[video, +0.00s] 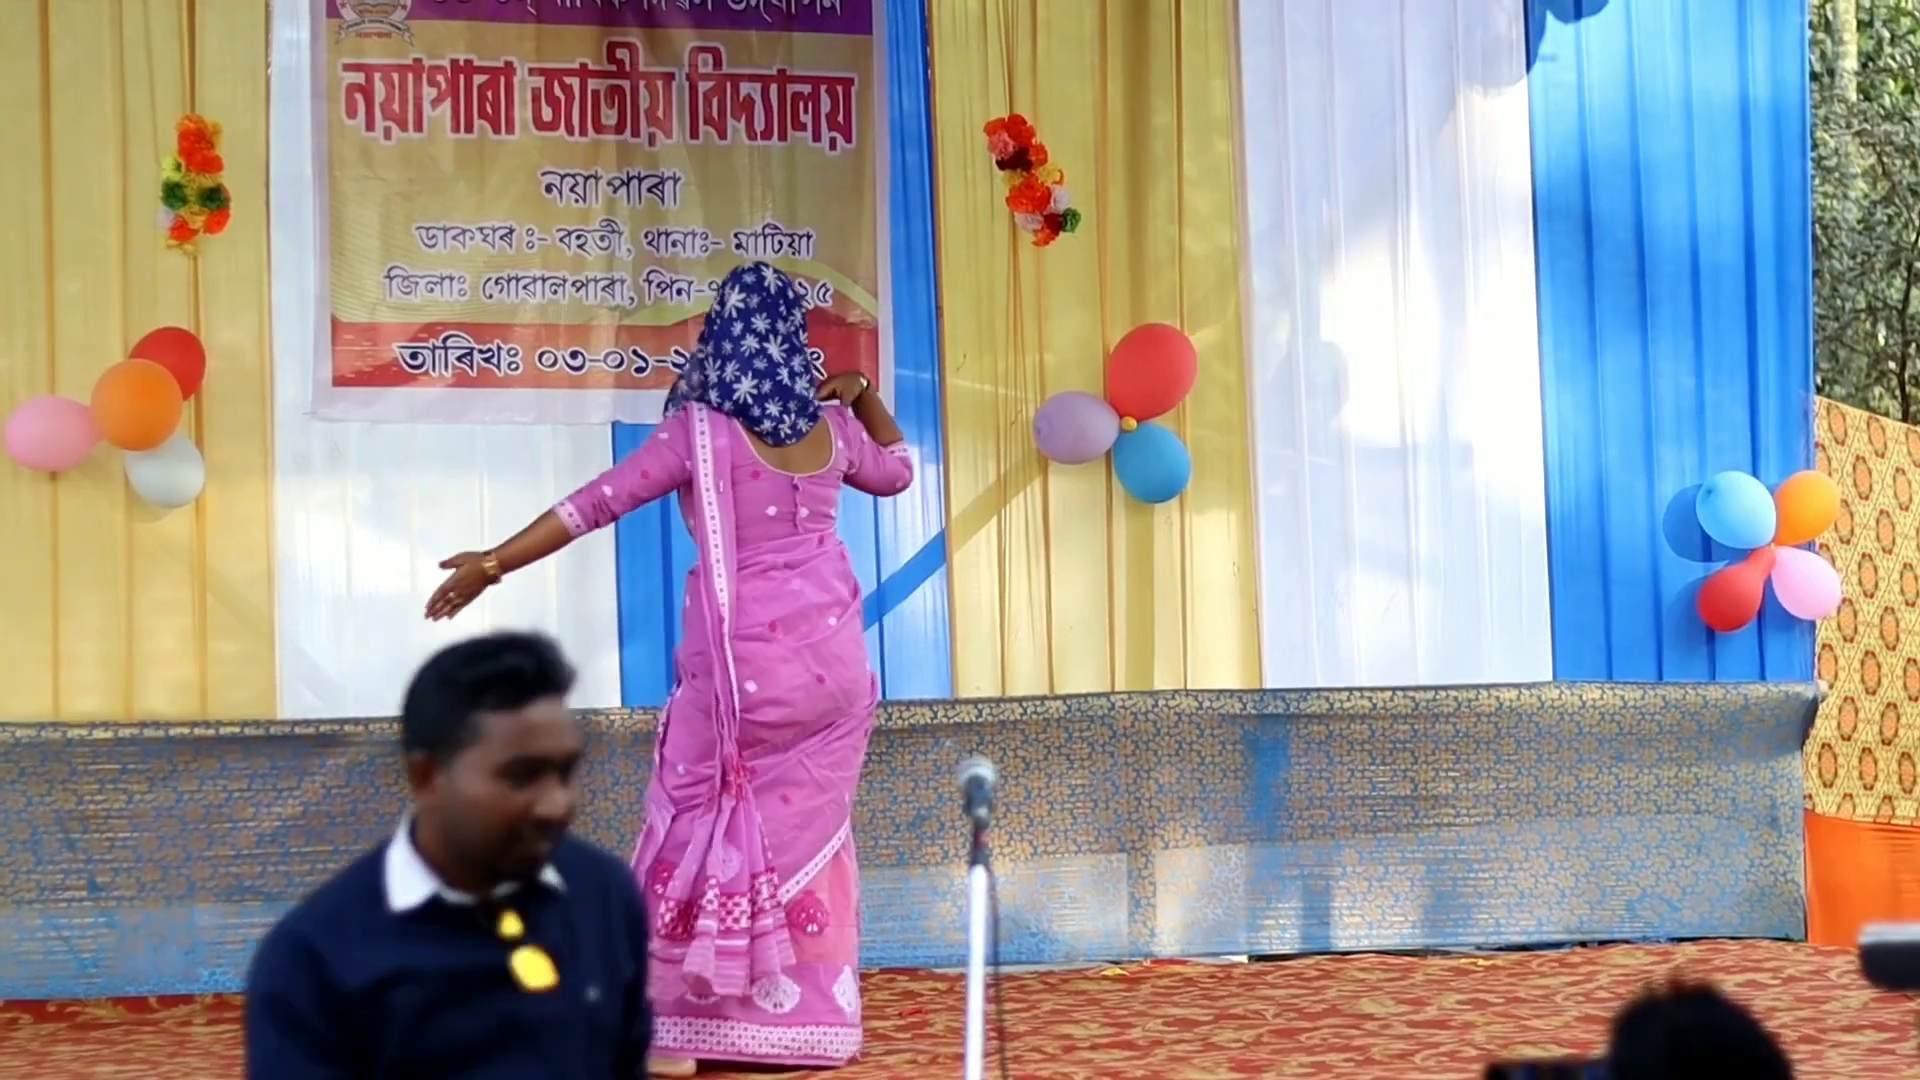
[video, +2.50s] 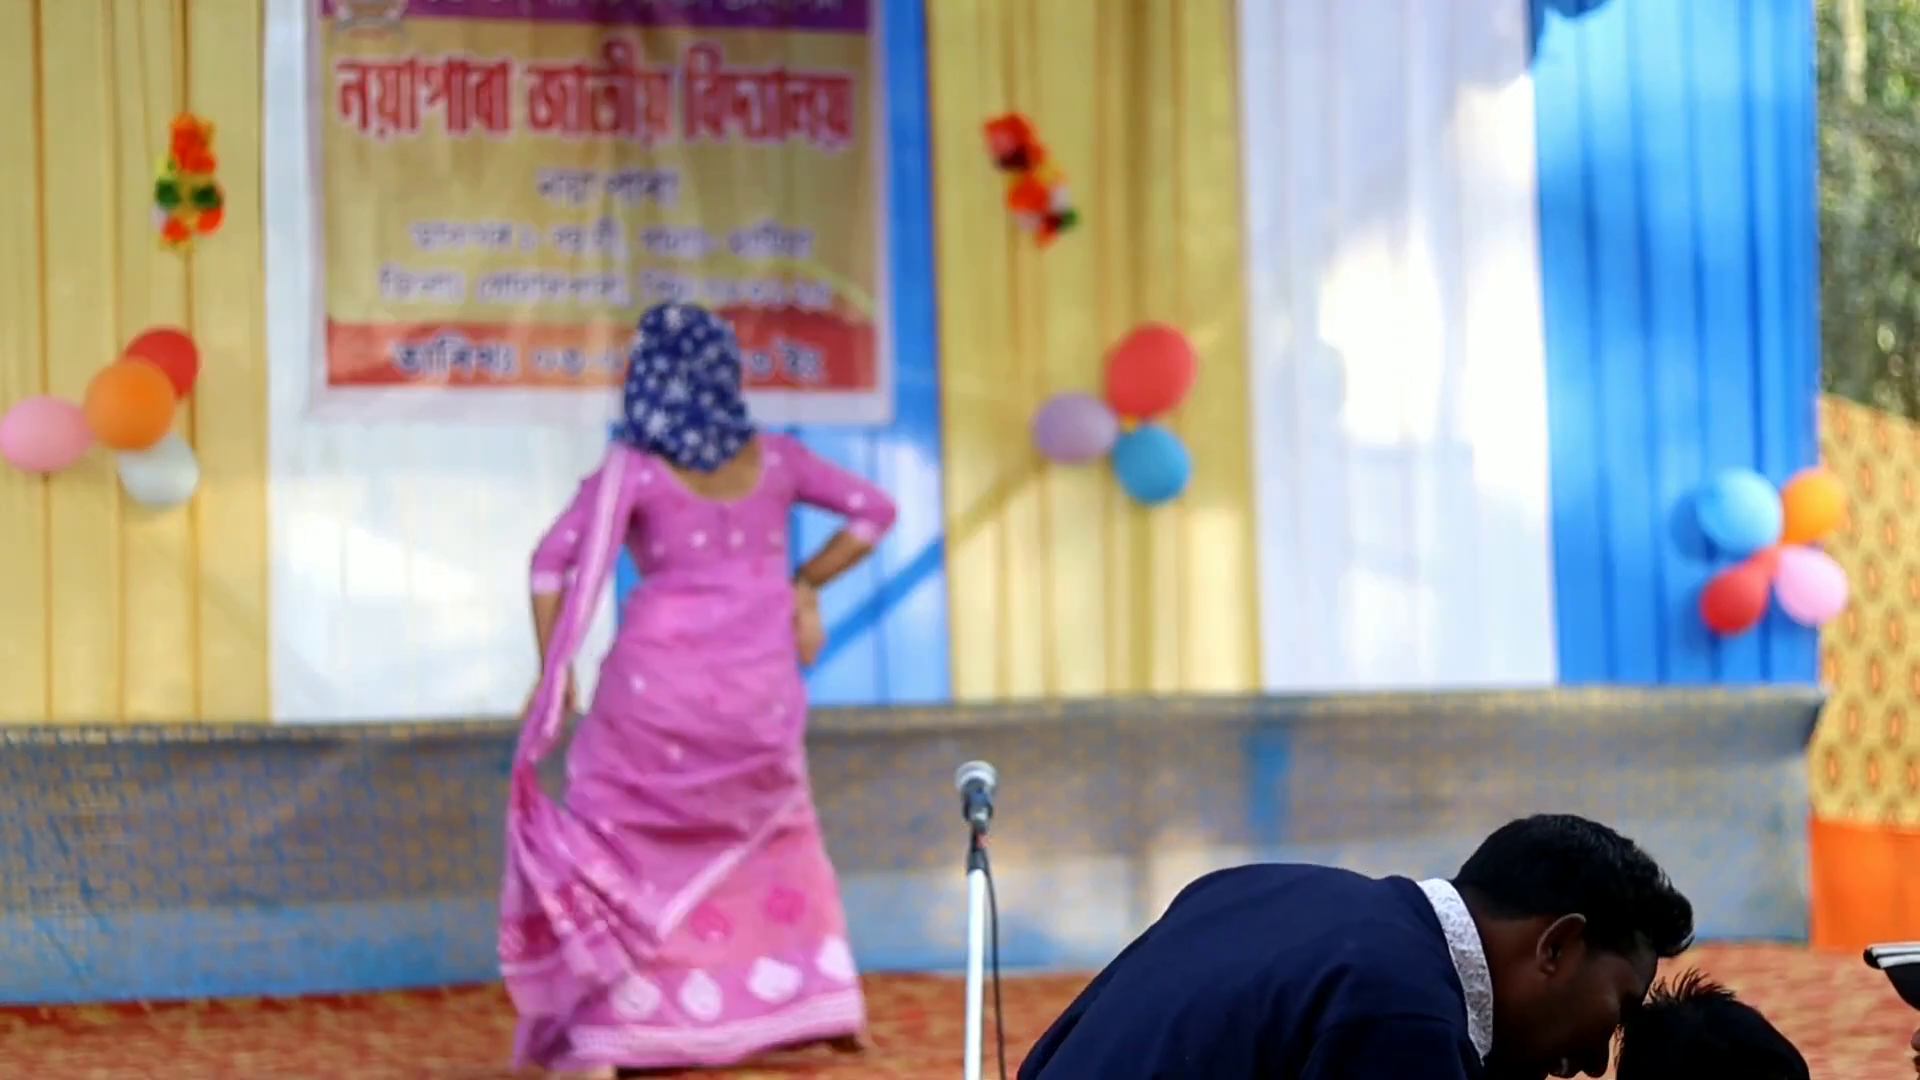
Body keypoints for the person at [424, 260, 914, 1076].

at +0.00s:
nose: (698, 340)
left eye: (708, 329)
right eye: (709, 327)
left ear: (720, 342)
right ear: (795, 343)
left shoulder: (699, 431)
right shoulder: (829, 430)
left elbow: (597, 502)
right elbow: (897, 474)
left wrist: (496, 562)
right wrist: (868, 400)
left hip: (740, 659)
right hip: (836, 658)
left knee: (693, 819)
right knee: (815, 827)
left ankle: (683, 1030)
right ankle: (808, 1022)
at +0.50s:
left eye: (716, 352)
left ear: (722, 361)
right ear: (812, 366)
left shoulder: (679, 443)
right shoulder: (832, 458)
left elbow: (590, 514)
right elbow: (934, 519)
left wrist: (572, 467)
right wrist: (1000, 484)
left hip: (694, 671)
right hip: (802, 669)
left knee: (641, 814)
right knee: (819, 838)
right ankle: (816, 1028)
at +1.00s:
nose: (627, 367)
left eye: (634, 359)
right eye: (636, 356)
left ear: (642, 375)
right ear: (720, 373)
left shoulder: (616, 460)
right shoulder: (761, 467)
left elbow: (525, 530)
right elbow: (827, 564)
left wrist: (535, 446)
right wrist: (911, 568)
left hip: (672, 690)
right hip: (770, 682)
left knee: (610, 832)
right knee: (766, 841)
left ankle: (585, 1022)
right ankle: (771, 1019)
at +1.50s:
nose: (569, 342)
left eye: (576, 329)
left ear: (583, 338)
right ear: (662, 338)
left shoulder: (562, 421)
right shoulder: (701, 427)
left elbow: (482, 500)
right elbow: (785, 519)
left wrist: (440, 490)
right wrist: (762, 581)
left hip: (568, 655)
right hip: (669, 655)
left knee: (548, 821)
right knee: (696, 824)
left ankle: (554, 1023)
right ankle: (775, 1008)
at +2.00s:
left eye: (595, 345)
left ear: (598, 351)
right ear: (680, 351)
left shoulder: (579, 438)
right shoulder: (717, 435)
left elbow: (520, 520)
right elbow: (814, 513)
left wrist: (587, 592)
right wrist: (799, 615)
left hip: (639, 672)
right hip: (737, 667)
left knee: (589, 832)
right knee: (759, 825)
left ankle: (564, 1033)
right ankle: (826, 1008)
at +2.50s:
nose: (637, 381)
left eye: (643, 368)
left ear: (646, 378)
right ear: (729, 373)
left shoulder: (633, 468)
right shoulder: (776, 457)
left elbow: (551, 565)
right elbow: (875, 513)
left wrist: (557, 678)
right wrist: (807, 583)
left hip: (658, 686)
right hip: (760, 687)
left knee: (601, 835)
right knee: (785, 829)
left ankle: (601, 1025)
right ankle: (819, 1003)